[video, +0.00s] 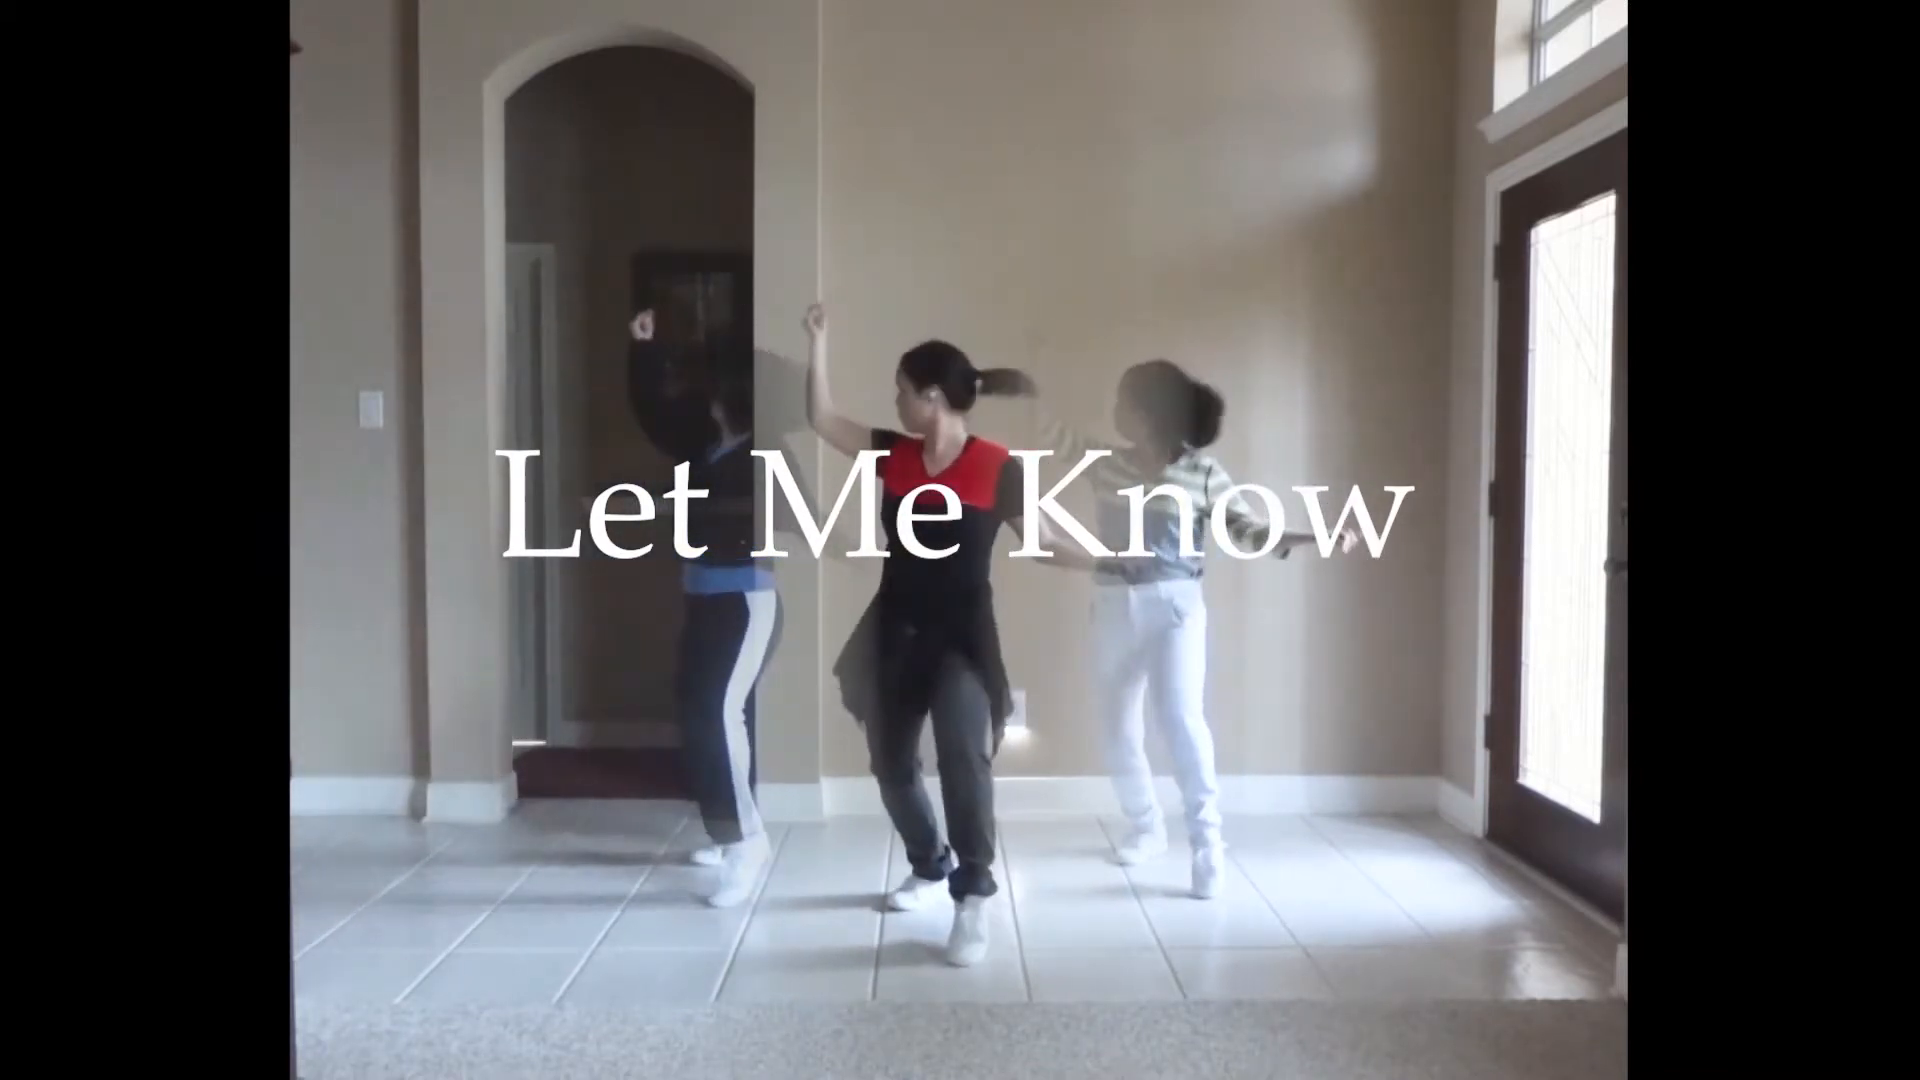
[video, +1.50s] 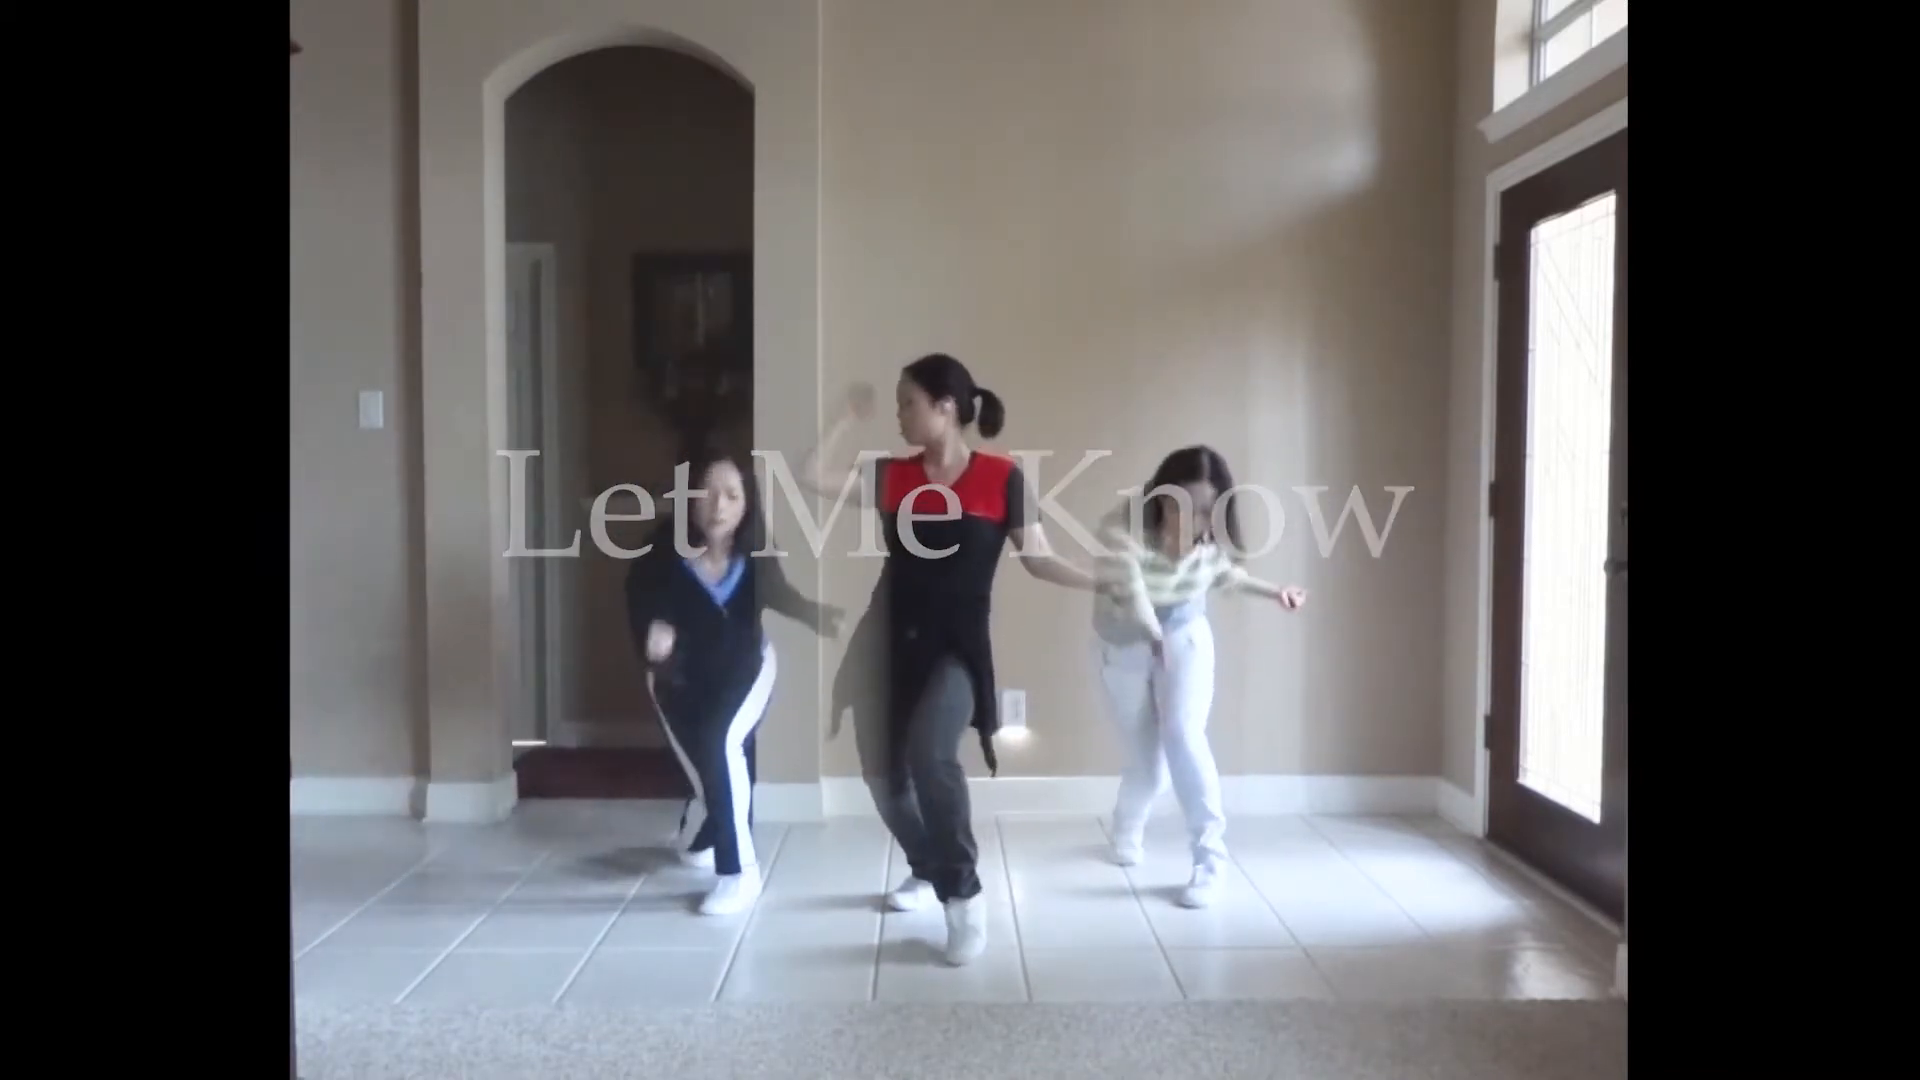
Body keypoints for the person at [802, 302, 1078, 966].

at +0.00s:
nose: (898, 405)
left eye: (905, 395)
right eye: (900, 395)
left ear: (937, 398)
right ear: (924, 399)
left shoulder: (997, 467)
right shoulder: (891, 454)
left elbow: (1052, 538)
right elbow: (823, 419)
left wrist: (1112, 562)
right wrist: (818, 339)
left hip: (962, 632)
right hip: (895, 629)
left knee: (962, 752)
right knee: (891, 763)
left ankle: (973, 893)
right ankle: (931, 868)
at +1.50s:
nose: (901, 416)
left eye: (910, 405)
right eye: (900, 405)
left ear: (948, 407)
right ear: (915, 411)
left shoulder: (1001, 476)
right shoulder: (892, 474)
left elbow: (1038, 559)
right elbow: (816, 480)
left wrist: (1101, 580)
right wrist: (843, 423)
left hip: (958, 642)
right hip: (892, 640)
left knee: (929, 753)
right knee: (884, 780)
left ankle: (961, 893)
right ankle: (929, 870)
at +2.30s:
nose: (954, 394)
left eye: (967, 384)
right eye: (942, 384)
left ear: (988, 399)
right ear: (922, 402)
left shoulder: (1003, 475)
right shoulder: (905, 470)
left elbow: (1032, 558)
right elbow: (887, 503)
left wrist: (1101, 567)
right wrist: (894, 423)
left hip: (989, 653)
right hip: (919, 654)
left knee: (985, 783)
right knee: (917, 789)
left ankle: (990, 921)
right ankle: (911, 869)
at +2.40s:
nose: (959, 439)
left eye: (974, 429)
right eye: (946, 429)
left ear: (995, 446)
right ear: (928, 446)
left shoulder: (1011, 511)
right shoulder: (907, 522)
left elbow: (1031, 586)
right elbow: (917, 624)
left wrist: (1104, 581)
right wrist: (911, 529)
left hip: (988, 677)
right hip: (922, 682)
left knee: (983, 793)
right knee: (931, 829)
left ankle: (987, 925)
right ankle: (899, 864)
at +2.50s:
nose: (968, 494)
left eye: (981, 483)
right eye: (955, 483)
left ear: (1003, 497)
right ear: (937, 500)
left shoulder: (1014, 553)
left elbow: (1021, 613)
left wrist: (1101, 596)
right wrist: (951, 777)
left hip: (991, 708)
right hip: (925, 715)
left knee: (982, 798)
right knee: (943, 865)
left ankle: (985, 928)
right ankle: (901, 861)